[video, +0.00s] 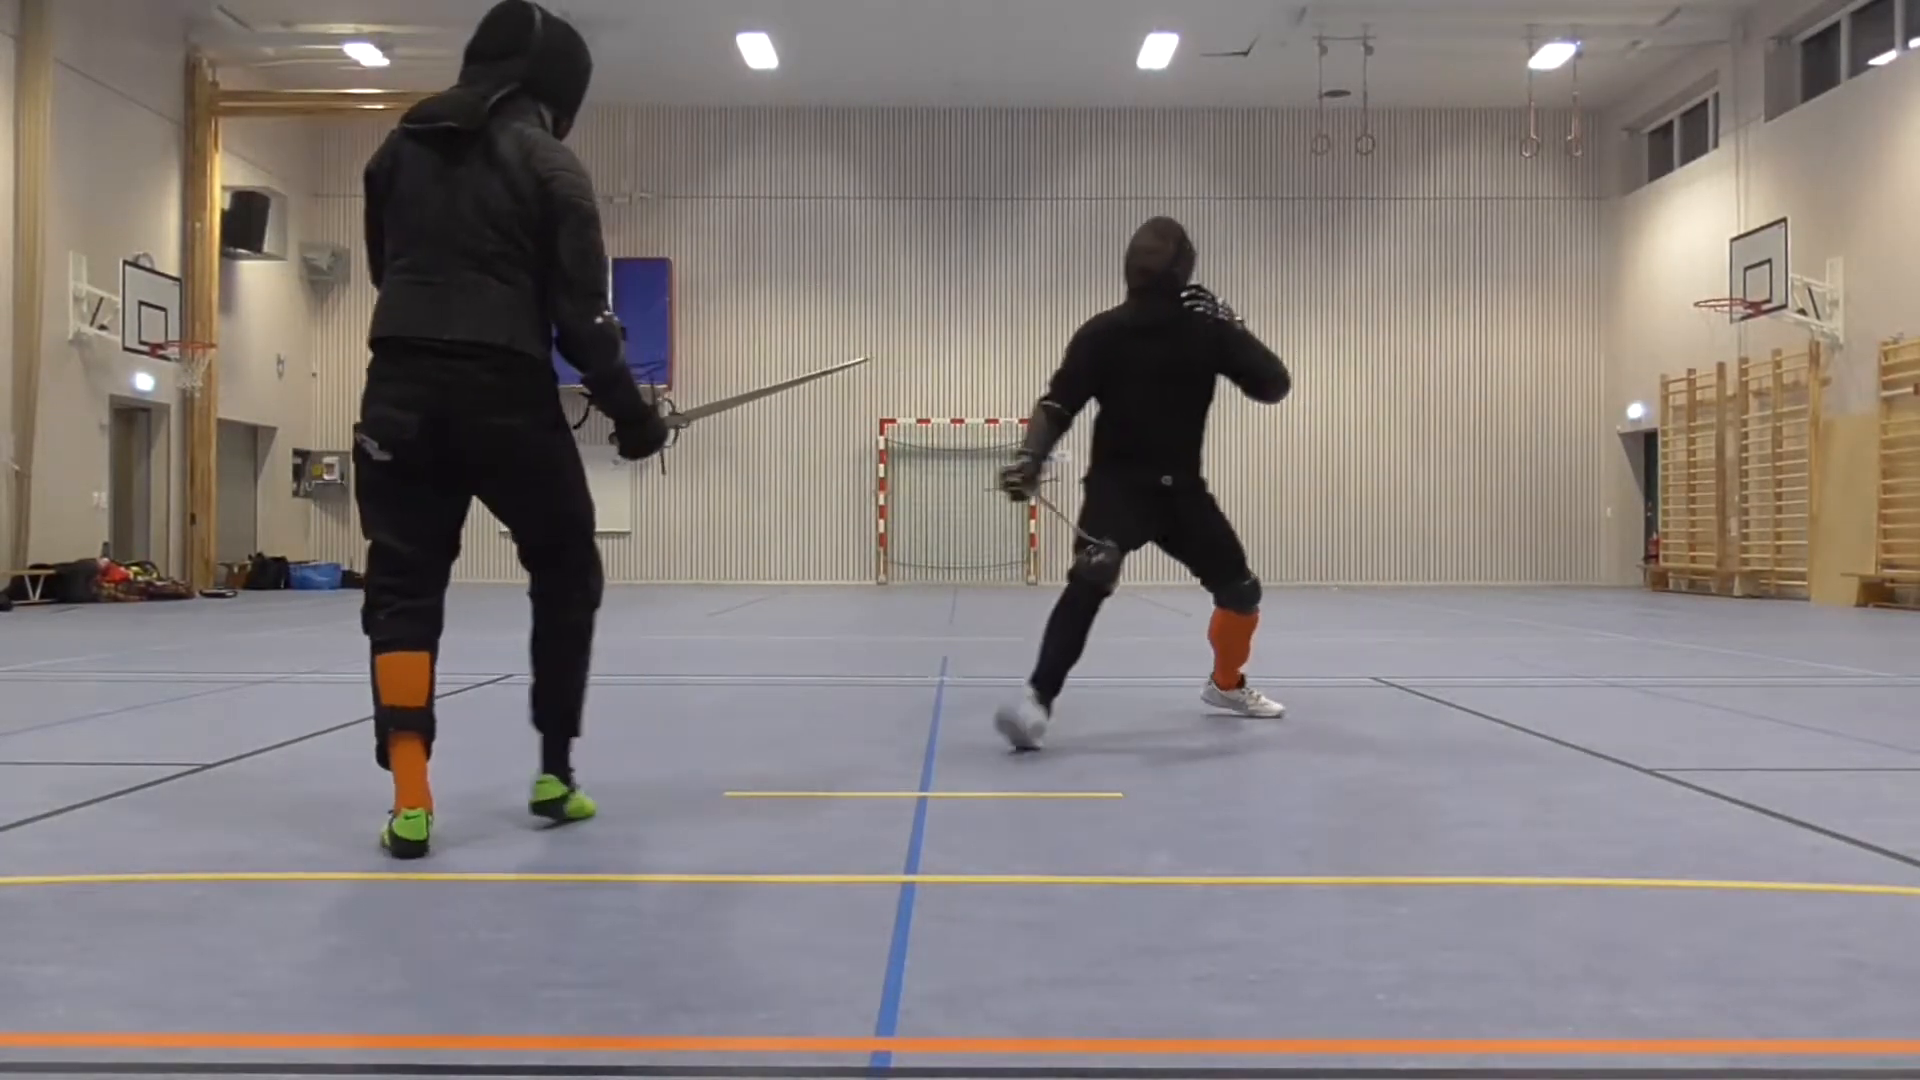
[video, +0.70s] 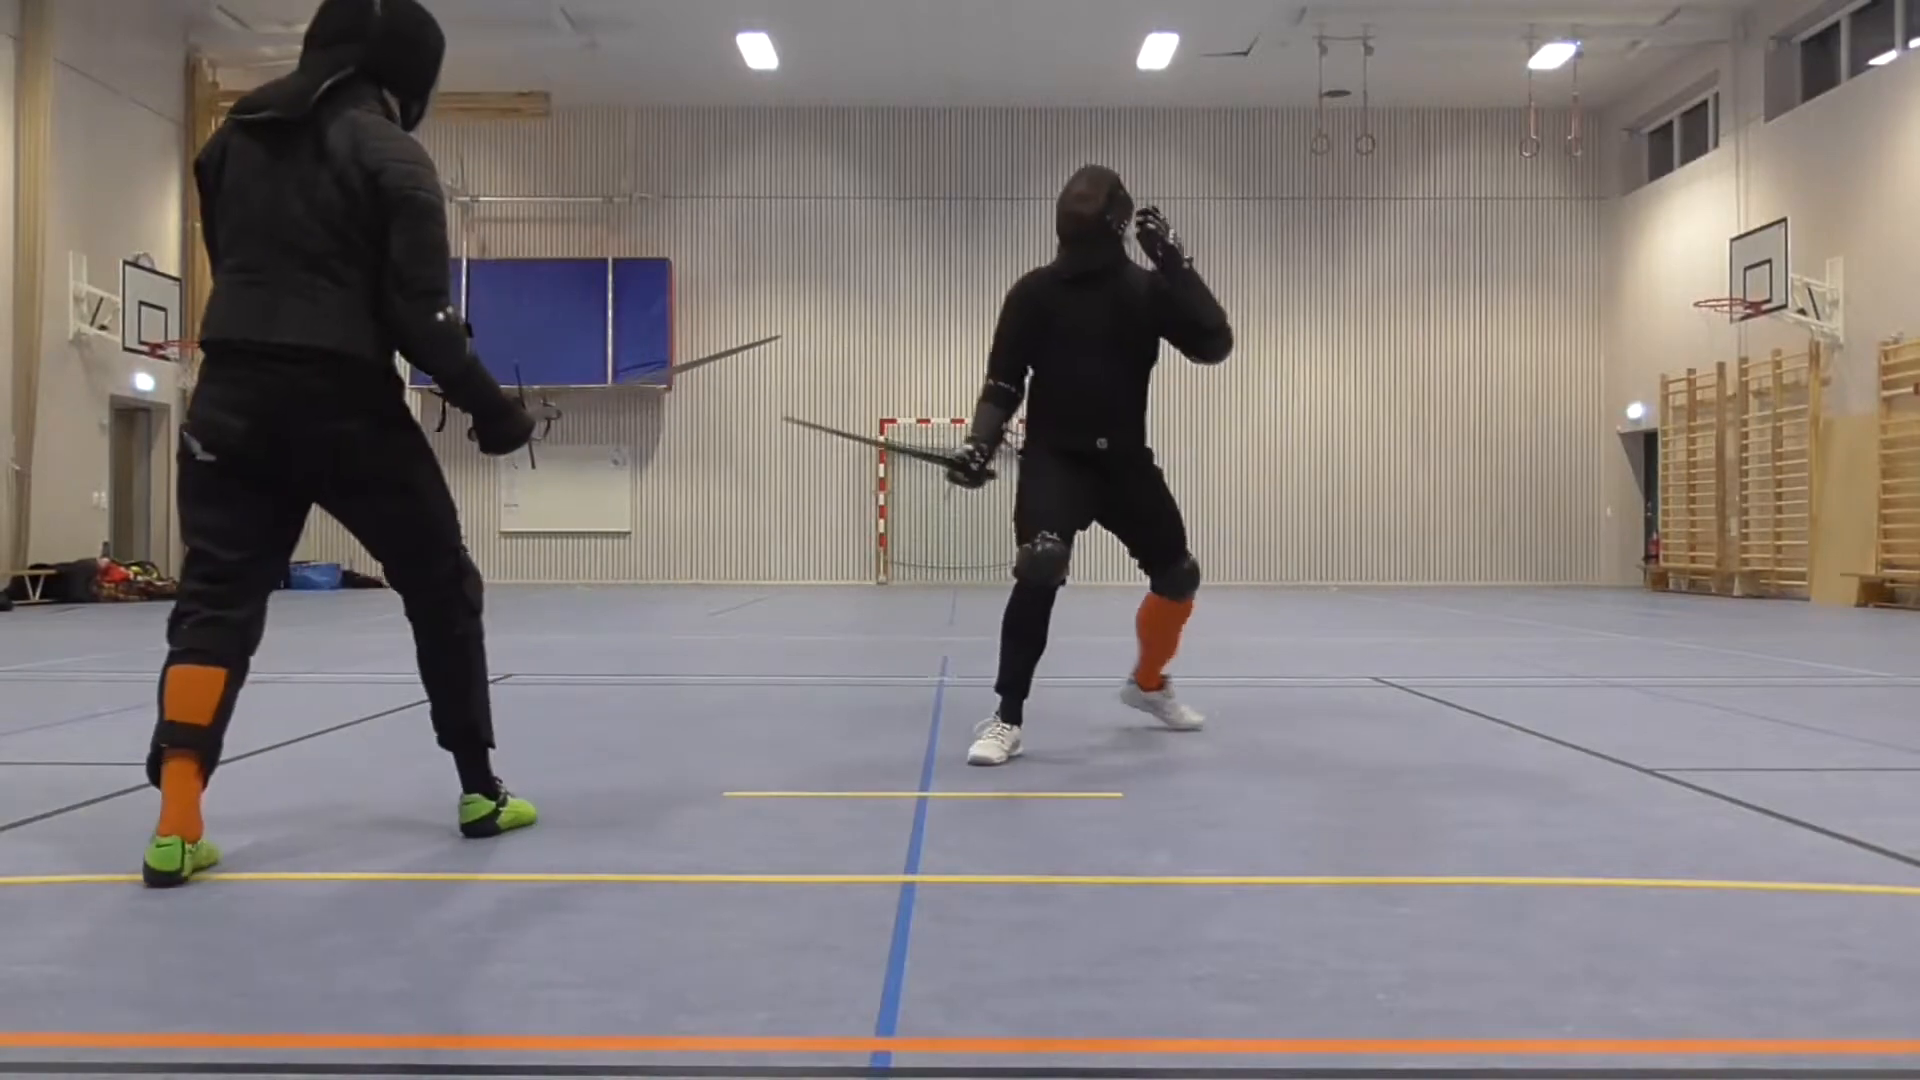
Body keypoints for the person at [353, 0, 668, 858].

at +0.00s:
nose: (571, 111)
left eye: (572, 97)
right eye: (570, 96)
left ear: (480, 68)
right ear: (550, 85)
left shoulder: (398, 152)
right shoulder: (551, 164)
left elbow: (386, 274)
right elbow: (580, 317)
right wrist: (631, 412)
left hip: (401, 395)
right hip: (508, 402)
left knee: (403, 585)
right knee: (565, 565)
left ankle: (409, 804)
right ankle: (553, 772)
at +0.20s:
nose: (550, 115)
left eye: (550, 100)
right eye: (548, 100)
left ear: (456, 77)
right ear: (527, 92)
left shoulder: (373, 160)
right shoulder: (528, 173)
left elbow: (366, 277)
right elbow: (564, 326)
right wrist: (624, 414)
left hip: (373, 401)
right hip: (484, 407)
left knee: (342, 577)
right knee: (552, 578)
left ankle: (324, 776)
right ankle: (548, 783)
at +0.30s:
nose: (522, 123)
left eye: (523, 109)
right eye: (520, 108)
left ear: (427, 82)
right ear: (499, 99)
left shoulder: (345, 169)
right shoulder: (500, 183)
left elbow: (339, 279)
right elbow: (537, 332)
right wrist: (598, 419)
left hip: (345, 412)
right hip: (452, 419)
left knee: (300, 592)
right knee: (539, 583)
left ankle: (215, 778)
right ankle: (545, 785)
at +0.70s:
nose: (425, 100)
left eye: (426, 83)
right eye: (423, 82)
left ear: (326, 52)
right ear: (397, 71)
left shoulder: (235, 142)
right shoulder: (394, 157)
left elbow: (232, 268)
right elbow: (421, 317)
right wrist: (494, 409)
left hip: (233, 399)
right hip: (348, 406)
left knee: (216, 597)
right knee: (441, 583)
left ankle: (176, 827)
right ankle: (479, 788)